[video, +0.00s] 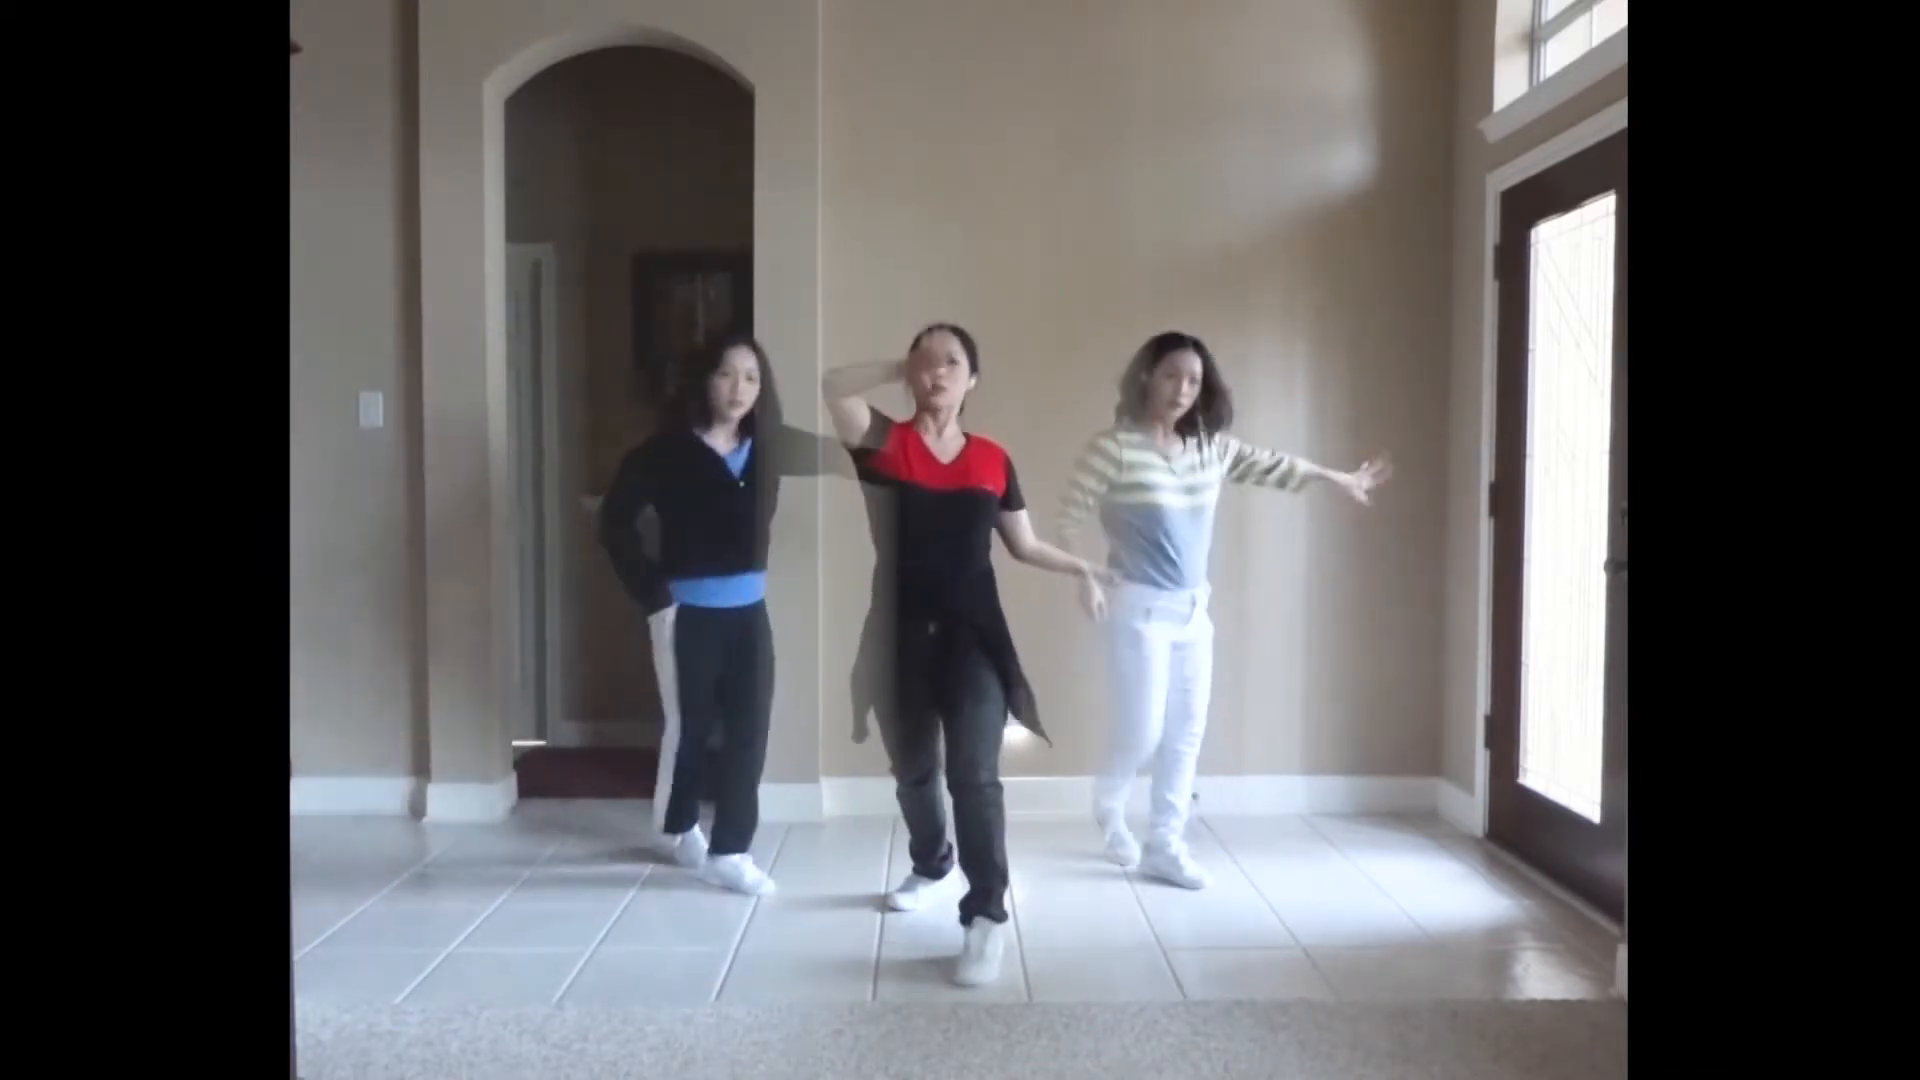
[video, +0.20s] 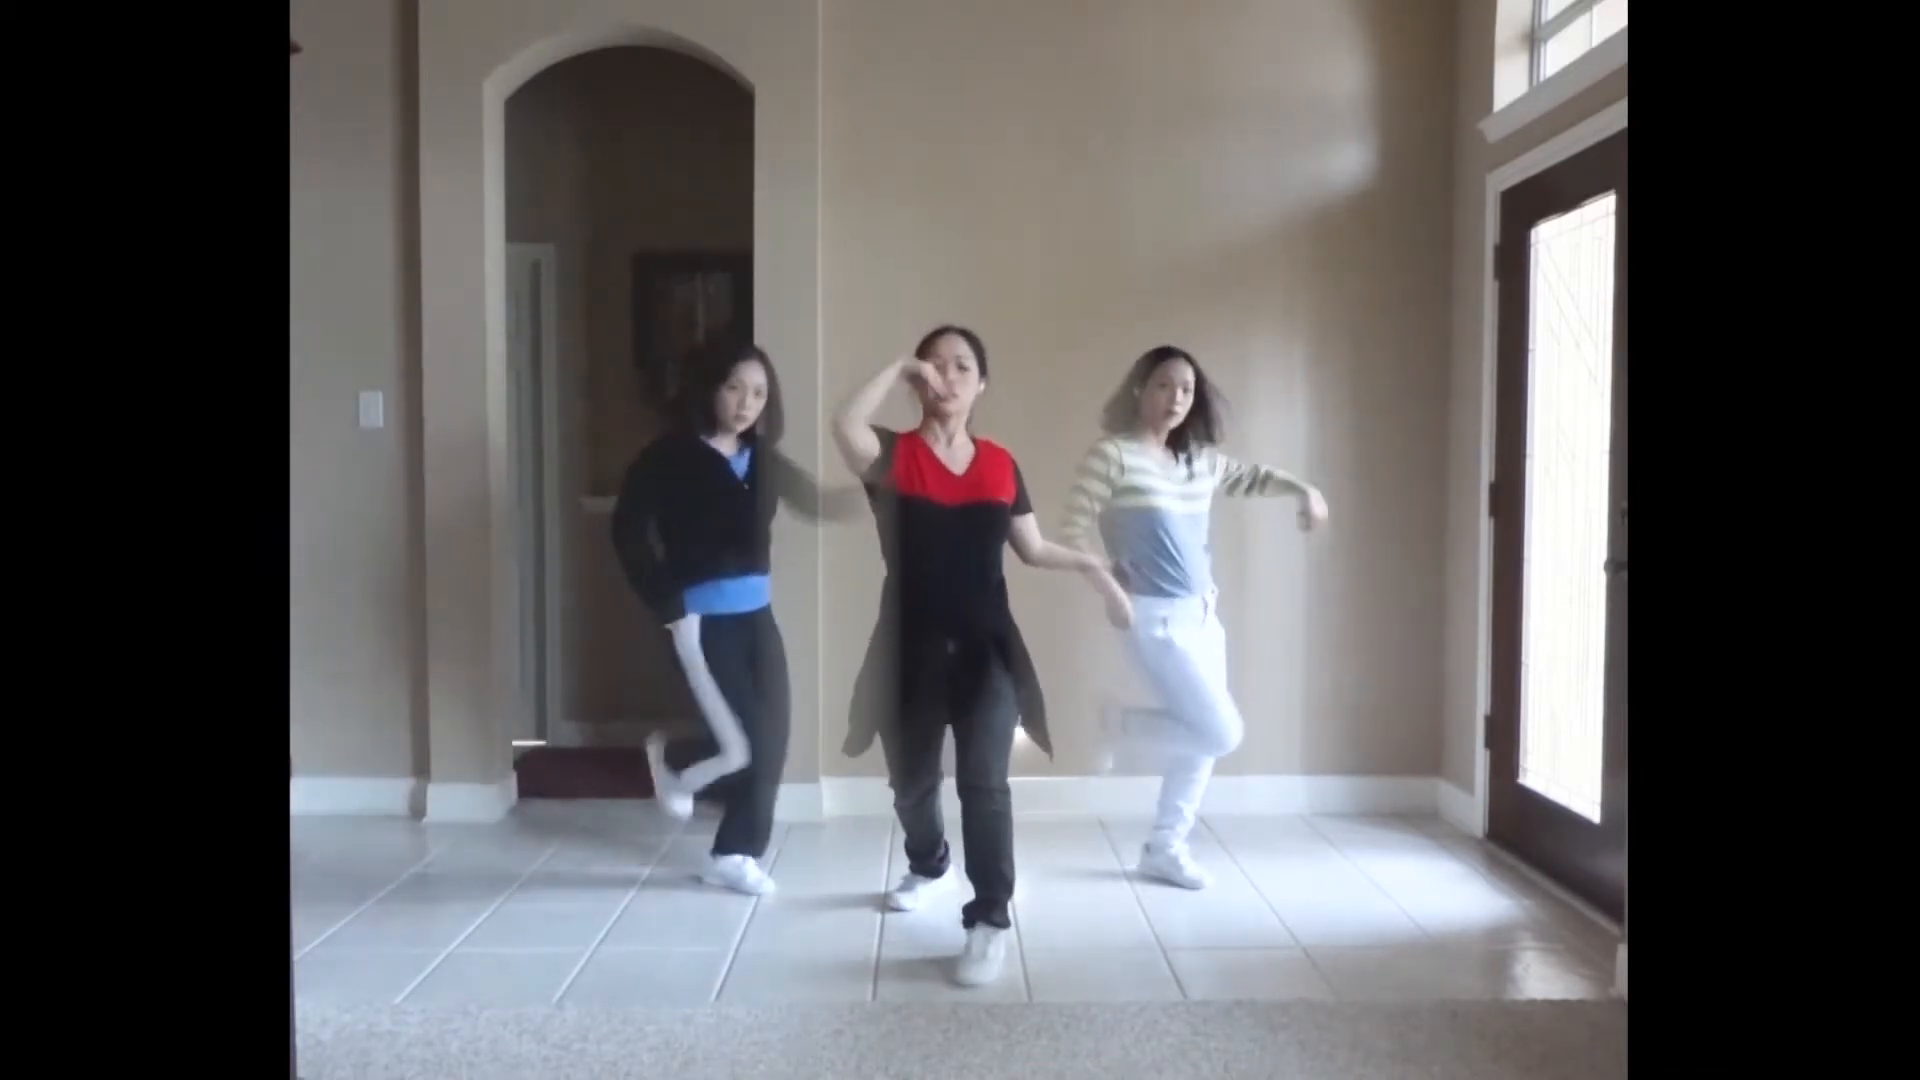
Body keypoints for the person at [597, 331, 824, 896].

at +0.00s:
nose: (739, 388)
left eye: (750, 377)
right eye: (727, 376)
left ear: (762, 388)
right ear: (703, 382)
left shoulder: (769, 446)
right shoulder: (665, 451)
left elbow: (847, 457)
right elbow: (614, 524)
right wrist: (654, 595)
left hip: (749, 608)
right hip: (688, 610)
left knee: (748, 733)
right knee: (694, 728)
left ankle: (730, 848)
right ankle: (680, 825)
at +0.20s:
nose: (746, 403)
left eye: (758, 393)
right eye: (736, 389)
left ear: (767, 402)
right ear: (710, 390)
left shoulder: (762, 459)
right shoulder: (670, 456)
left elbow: (819, 502)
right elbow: (627, 530)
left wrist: (883, 487)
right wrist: (667, 604)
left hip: (756, 611)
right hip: (703, 617)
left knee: (770, 739)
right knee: (741, 748)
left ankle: (735, 853)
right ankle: (671, 765)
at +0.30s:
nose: (747, 412)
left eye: (759, 404)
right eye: (737, 398)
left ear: (768, 412)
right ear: (711, 398)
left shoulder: (756, 472)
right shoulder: (670, 463)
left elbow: (788, 545)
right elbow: (629, 535)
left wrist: (812, 510)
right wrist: (671, 605)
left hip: (756, 619)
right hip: (702, 623)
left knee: (774, 739)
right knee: (774, 738)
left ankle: (737, 857)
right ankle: (678, 739)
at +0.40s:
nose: (744, 386)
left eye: (754, 377)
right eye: (733, 374)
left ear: (765, 389)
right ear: (710, 381)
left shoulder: (764, 457)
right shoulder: (676, 455)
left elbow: (813, 500)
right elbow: (629, 526)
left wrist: (795, 445)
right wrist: (672, 584)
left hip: (753, 609)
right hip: (703, 613)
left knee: (758, 733)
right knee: (780, 725)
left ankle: (735, 856)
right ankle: (681, 776)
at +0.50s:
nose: (736, 348)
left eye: (743, 341)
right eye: (723, 341)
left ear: (755, 356)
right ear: (706, 359)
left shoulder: (769, 415)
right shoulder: (685, 426)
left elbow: (825, 389)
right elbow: (636, 508)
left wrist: (812, 330)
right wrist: (682, 556)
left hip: (757, 582)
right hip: (709, 584)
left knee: (748, 718)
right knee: (736, 720)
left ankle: (731, 845)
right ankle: (685, 845)